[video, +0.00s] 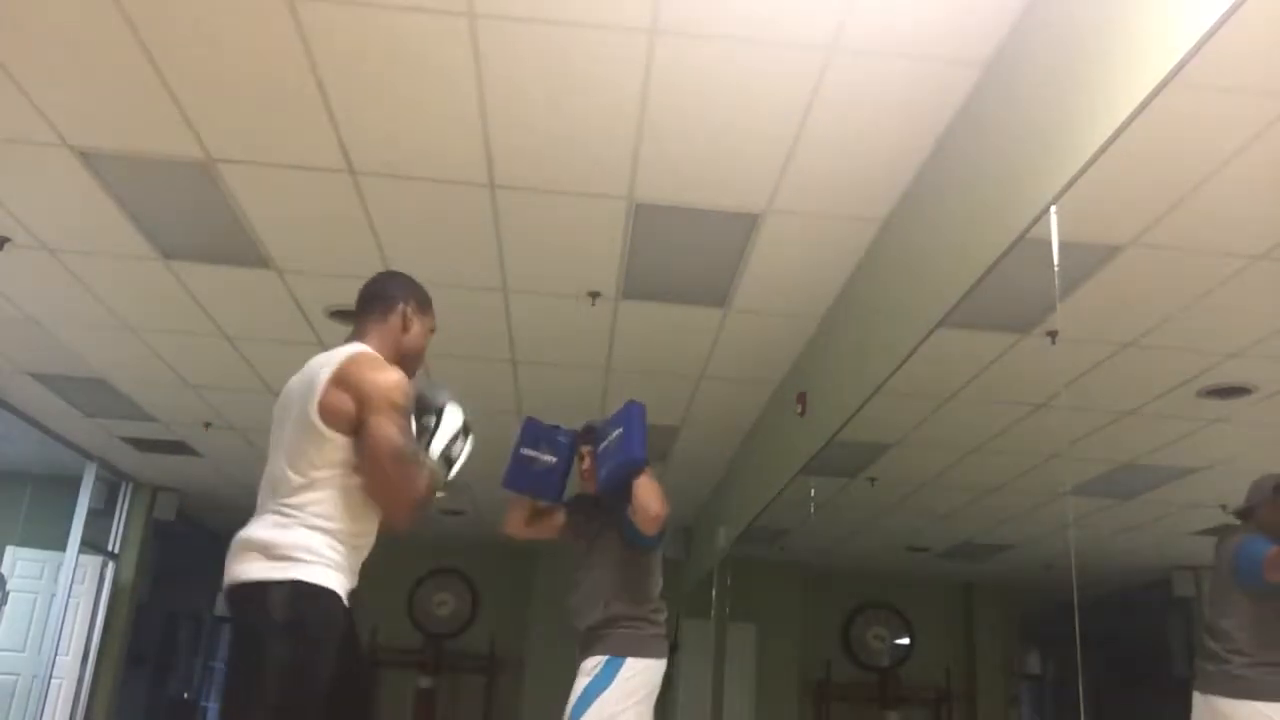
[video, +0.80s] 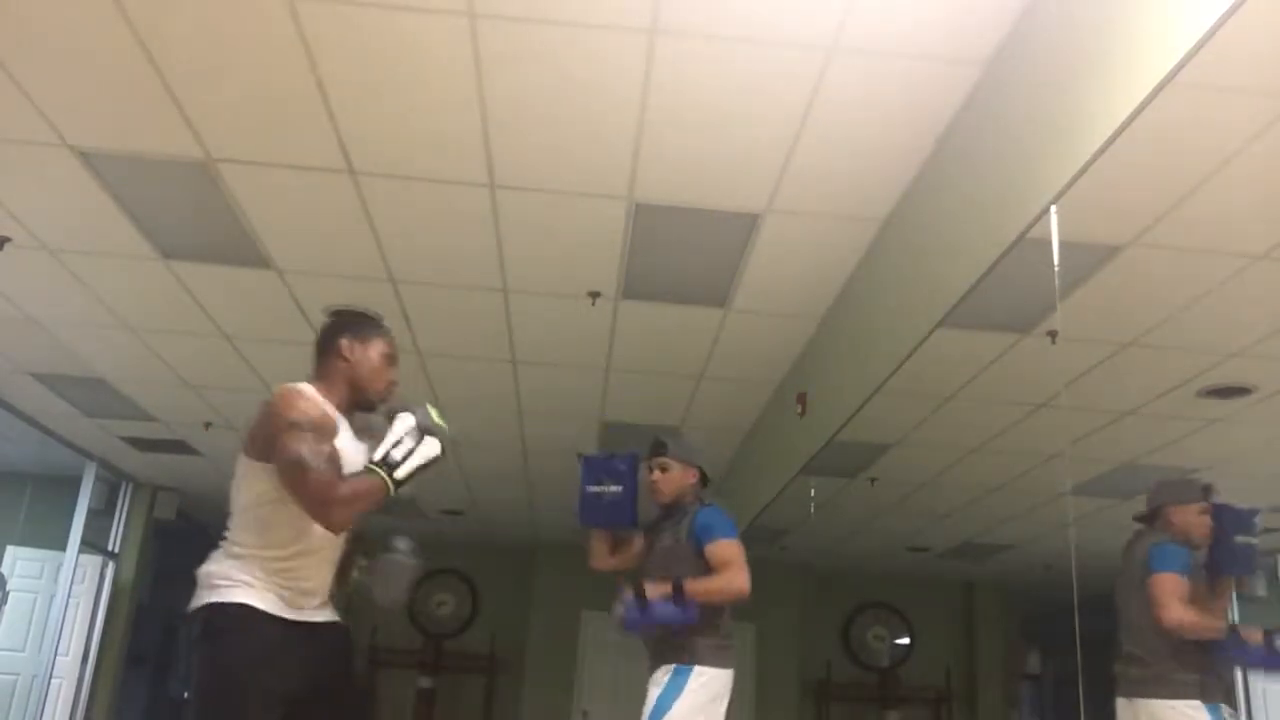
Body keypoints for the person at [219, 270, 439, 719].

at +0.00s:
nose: (425, 348)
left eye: (429, 335)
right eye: (427, 331)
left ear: (368, 316)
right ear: (404, 316)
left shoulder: (311, 373)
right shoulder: (379, 375)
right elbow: (400, 502)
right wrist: (432, 458)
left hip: (262, 575)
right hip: (301, 583)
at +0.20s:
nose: (401, 359)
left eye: (404, 346)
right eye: (400, 342)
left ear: (366, 330)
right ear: (371, 328)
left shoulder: (305, 382)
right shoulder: (344, 375)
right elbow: (403, 484)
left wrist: (396, 499)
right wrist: (446, 465)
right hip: (287, 591)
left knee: (357, 704)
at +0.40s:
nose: (419, 392)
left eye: (420, 379)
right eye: (414, 374)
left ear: (378, 365)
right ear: (378, 363)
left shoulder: (377, 441)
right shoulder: (322, 404)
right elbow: (324, 483)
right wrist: (398, 474)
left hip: (309, 618)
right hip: (253, 606)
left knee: (350, 697)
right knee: (289, 698)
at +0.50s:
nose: (438, 415)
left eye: (439, 403)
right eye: (432, 397)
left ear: (398, 389)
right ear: (395, 385)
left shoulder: (393, 467)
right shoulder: (339, 420)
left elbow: (473, 493)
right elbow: (323, 513)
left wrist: (555, 489)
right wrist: (397, 503)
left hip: (310, 620)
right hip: (256, 601)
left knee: (344, 699)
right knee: (280, 702)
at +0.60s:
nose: (434, 407)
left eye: (434, 396)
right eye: (427, 390)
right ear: (389, 381)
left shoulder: (394, 474)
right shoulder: (328, 429)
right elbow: (312, 532)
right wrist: (390, 512)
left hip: (339, 628)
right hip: (276, 613)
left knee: (383, 699)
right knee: (288, 704)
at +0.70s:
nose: (419, 389)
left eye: (419, 375)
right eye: (412, 371)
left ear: (374, 366)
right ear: (372, 363)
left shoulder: (373, 446)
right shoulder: (313, 412)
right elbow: (327, 517)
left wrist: (404, 593)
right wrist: (395, 485)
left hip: (335, 616)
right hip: (271, 602)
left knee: (373, 707)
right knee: (268, 705)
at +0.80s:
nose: (393, 377)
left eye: (394, 364)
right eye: (388, 359)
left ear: (348, 352)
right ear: (346, 350)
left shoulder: (344, 435)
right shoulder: (296, 405)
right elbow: (333, 508)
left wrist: (363, 569)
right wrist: (389, 468)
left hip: (312, 615)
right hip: (247, 605)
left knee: (342, 709)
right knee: (241, 710)